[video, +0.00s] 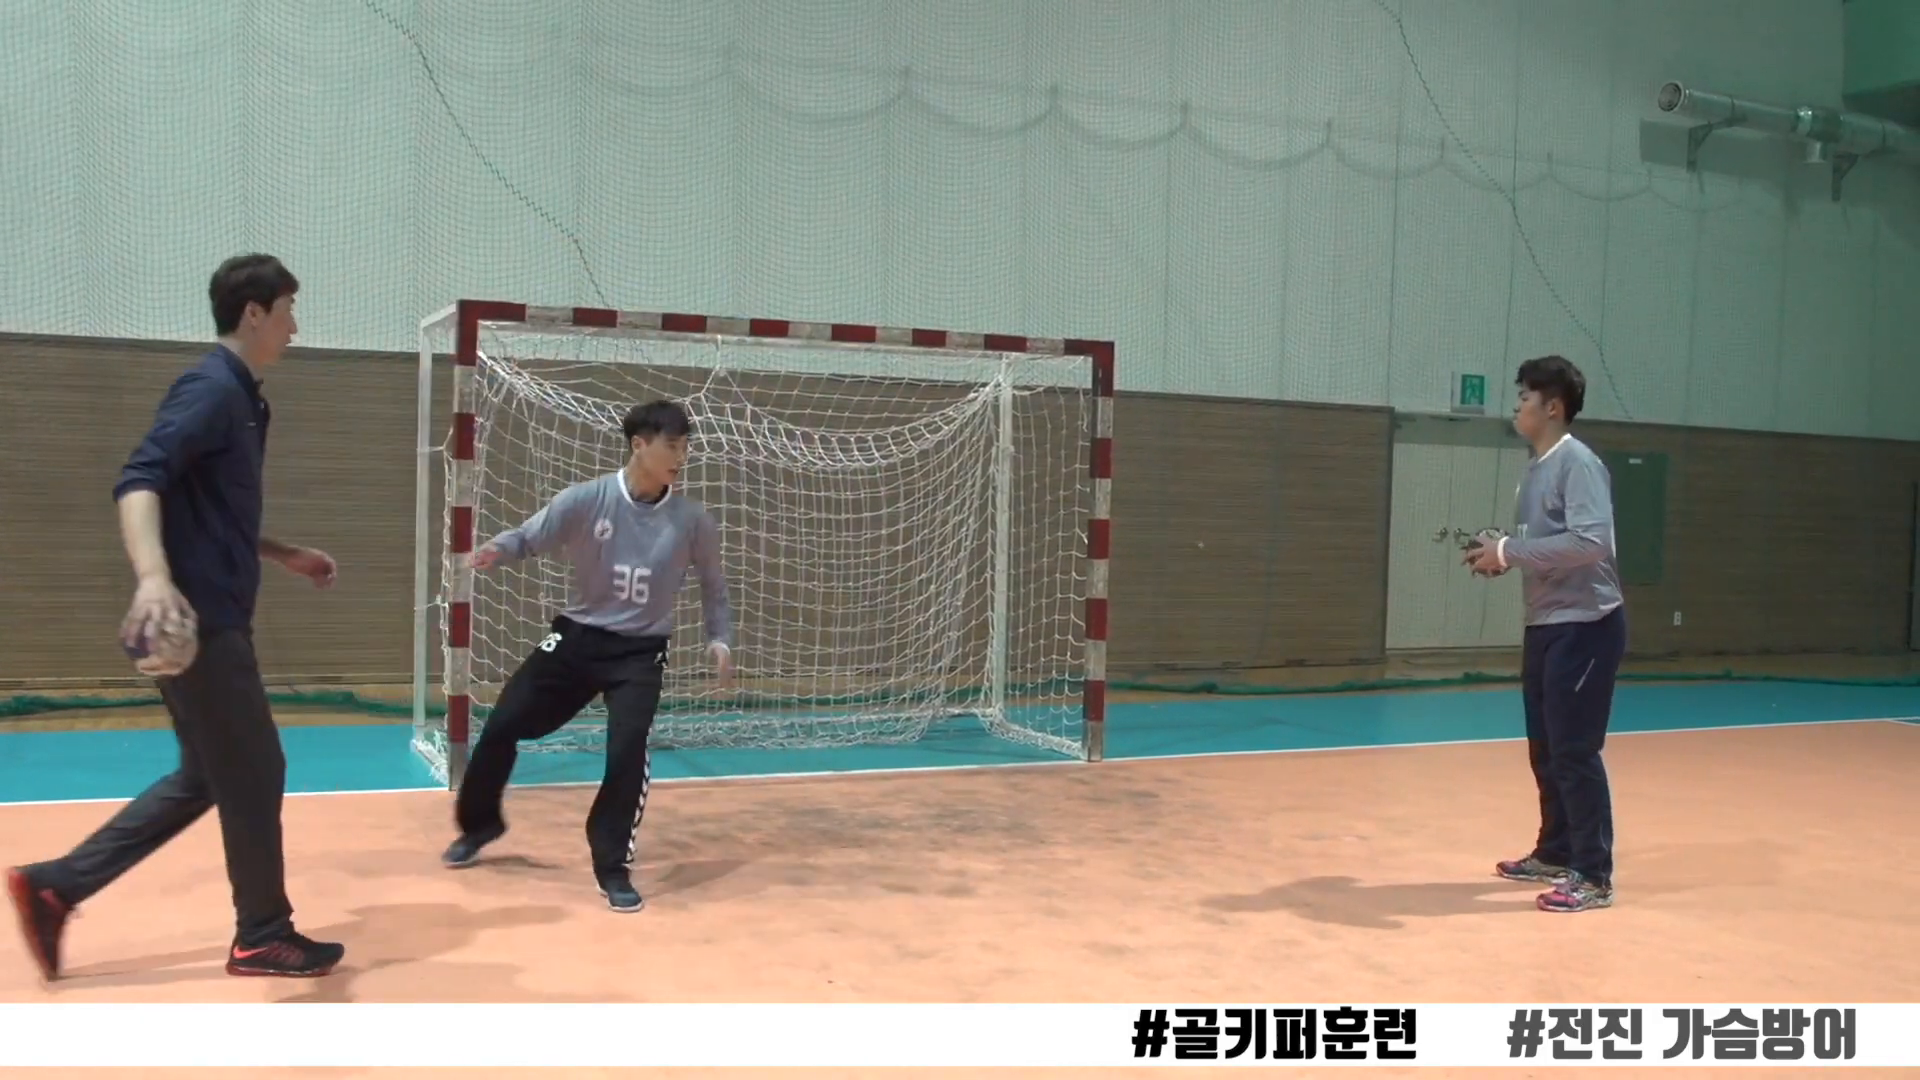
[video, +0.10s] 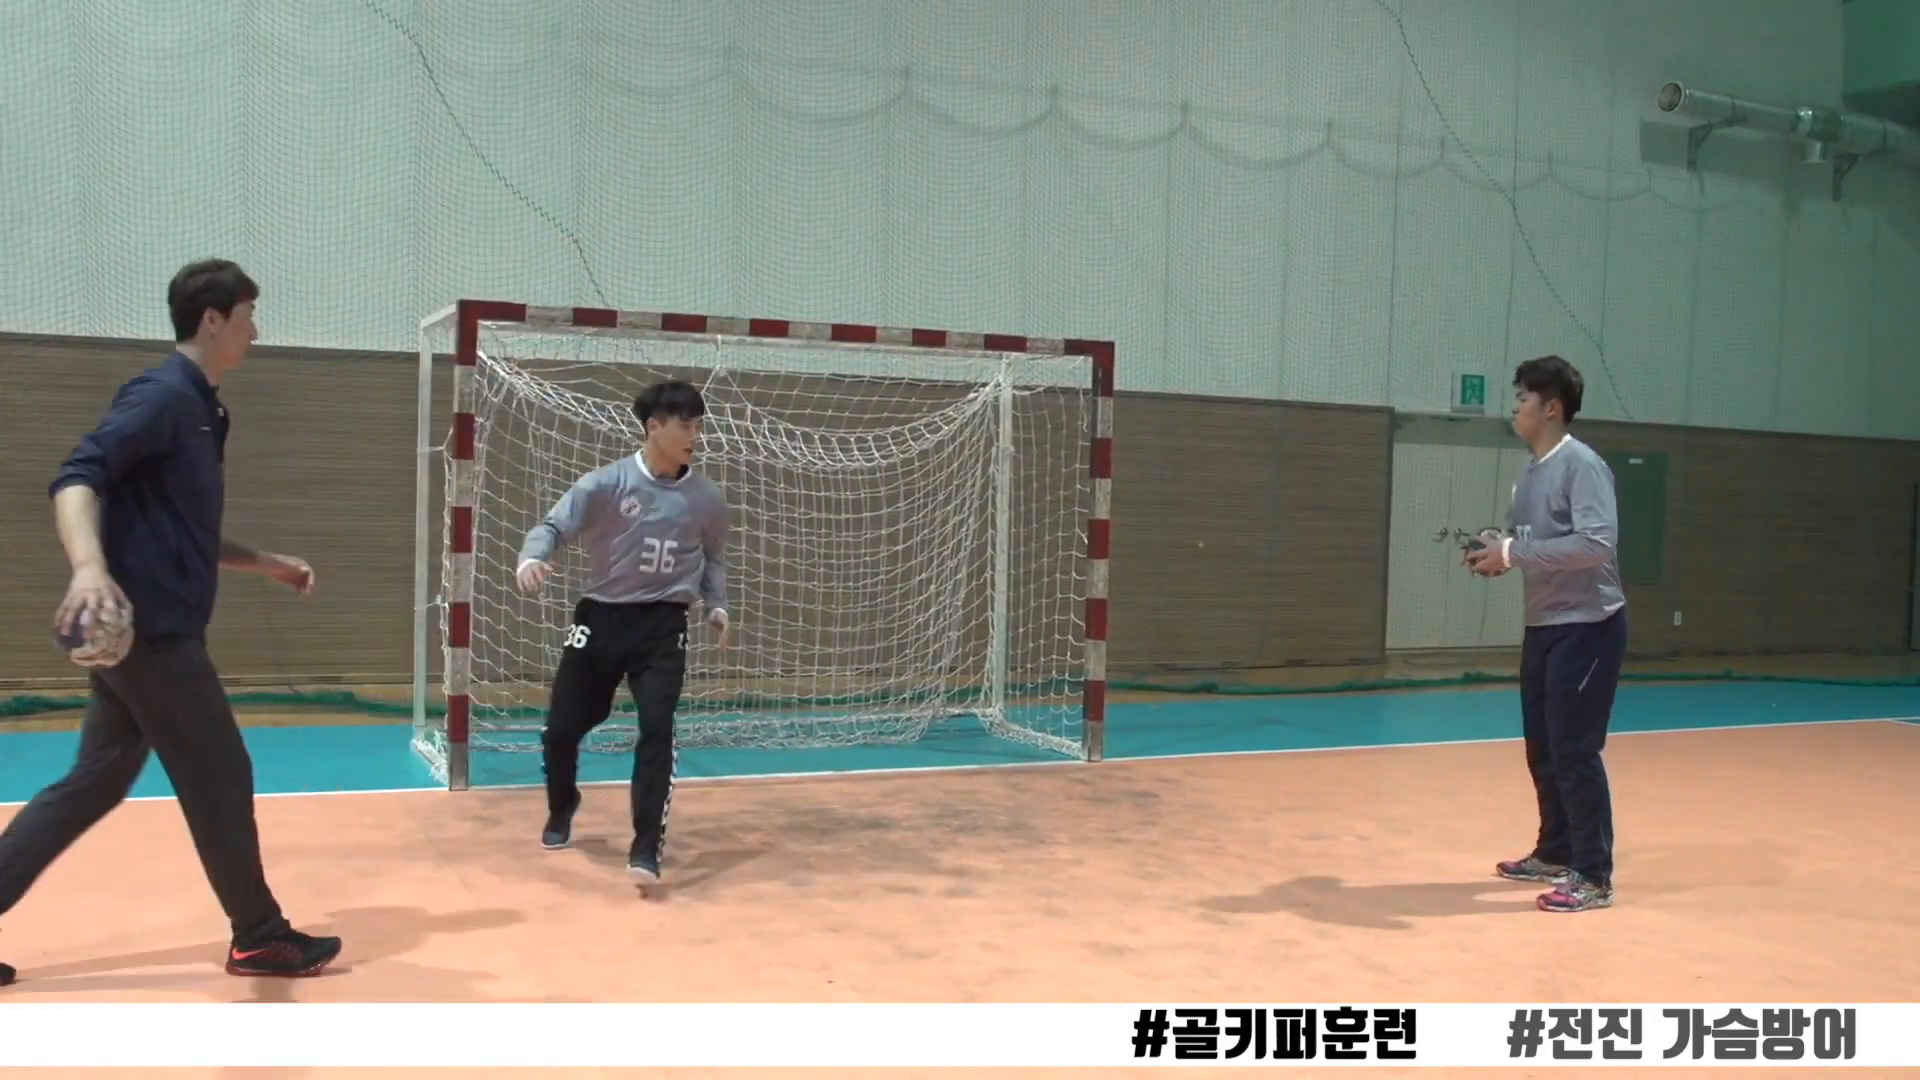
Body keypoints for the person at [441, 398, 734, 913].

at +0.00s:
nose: (681, 456)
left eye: (685, 446)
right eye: (672, 446)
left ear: (686, 449)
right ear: (639, 445)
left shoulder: (694, 521)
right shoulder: (587, 500)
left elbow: (715, 594)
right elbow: (527, 537)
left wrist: (721, 642)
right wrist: (495, 550)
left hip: (641, 654)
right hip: (576, 643)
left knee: (627, 755)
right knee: (502, 725)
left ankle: (614, 868)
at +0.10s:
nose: (695, 435)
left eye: (698, 425)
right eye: (684, 424)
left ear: (698, 431)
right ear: (652, 427)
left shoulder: (707, 500)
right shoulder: (604, 484)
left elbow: (714, 556)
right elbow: (552, 526)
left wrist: (717, 603)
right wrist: (530, 557)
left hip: (662, 625)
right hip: (600, 621)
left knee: (657, 730)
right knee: (561, 729)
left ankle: (646, 846)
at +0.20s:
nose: (710, 436)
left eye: (712, 426)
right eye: (699, 426)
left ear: (715, 433)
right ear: (668, 430)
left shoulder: (720, 499)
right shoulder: (627, 491)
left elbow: (732, 554)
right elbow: (577, 532)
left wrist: (762, 579)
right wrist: (544, 556)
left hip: (688, 626)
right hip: (626, 623)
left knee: (685, 709)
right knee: (597, 725)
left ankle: (684, 806)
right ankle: (580, 816)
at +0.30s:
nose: (737, 424)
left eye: (740, 415)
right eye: (727, 414)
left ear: (742, 420)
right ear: (699, 417)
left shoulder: (757, 479)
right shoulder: (661, 473)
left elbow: (795, 506)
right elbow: (604, 503)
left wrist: (832, 490)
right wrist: (572, 486)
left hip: (717, 613)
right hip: (657, 606)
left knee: (719, 723)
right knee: (608, 706)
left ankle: (710, 778)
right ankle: (577, 814)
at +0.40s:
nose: (777, 425)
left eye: (780, 416)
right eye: (768, 415)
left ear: (781, 418)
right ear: (740, 415)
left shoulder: (790, 467)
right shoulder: (697, 467)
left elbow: (836, 473)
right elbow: (630, 476)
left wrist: (860, 450)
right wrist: (630, 439)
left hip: (755, 600)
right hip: (701, 595)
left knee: (753, 701)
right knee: (667, 692)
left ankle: (715, 787)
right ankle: (643, 779)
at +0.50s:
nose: (819, 442)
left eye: (820, 433)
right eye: (811, 432)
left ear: (818, 435)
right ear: (781, 432)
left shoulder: (824, 479)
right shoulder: (738, 479)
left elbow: (853, 500)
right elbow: (684, 508)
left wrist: (888, 492)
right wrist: (680, 494)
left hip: (793, 604)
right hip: (738, 604)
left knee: (824, 687)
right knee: (722, 698)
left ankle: (772, 758)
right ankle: (712, 758)